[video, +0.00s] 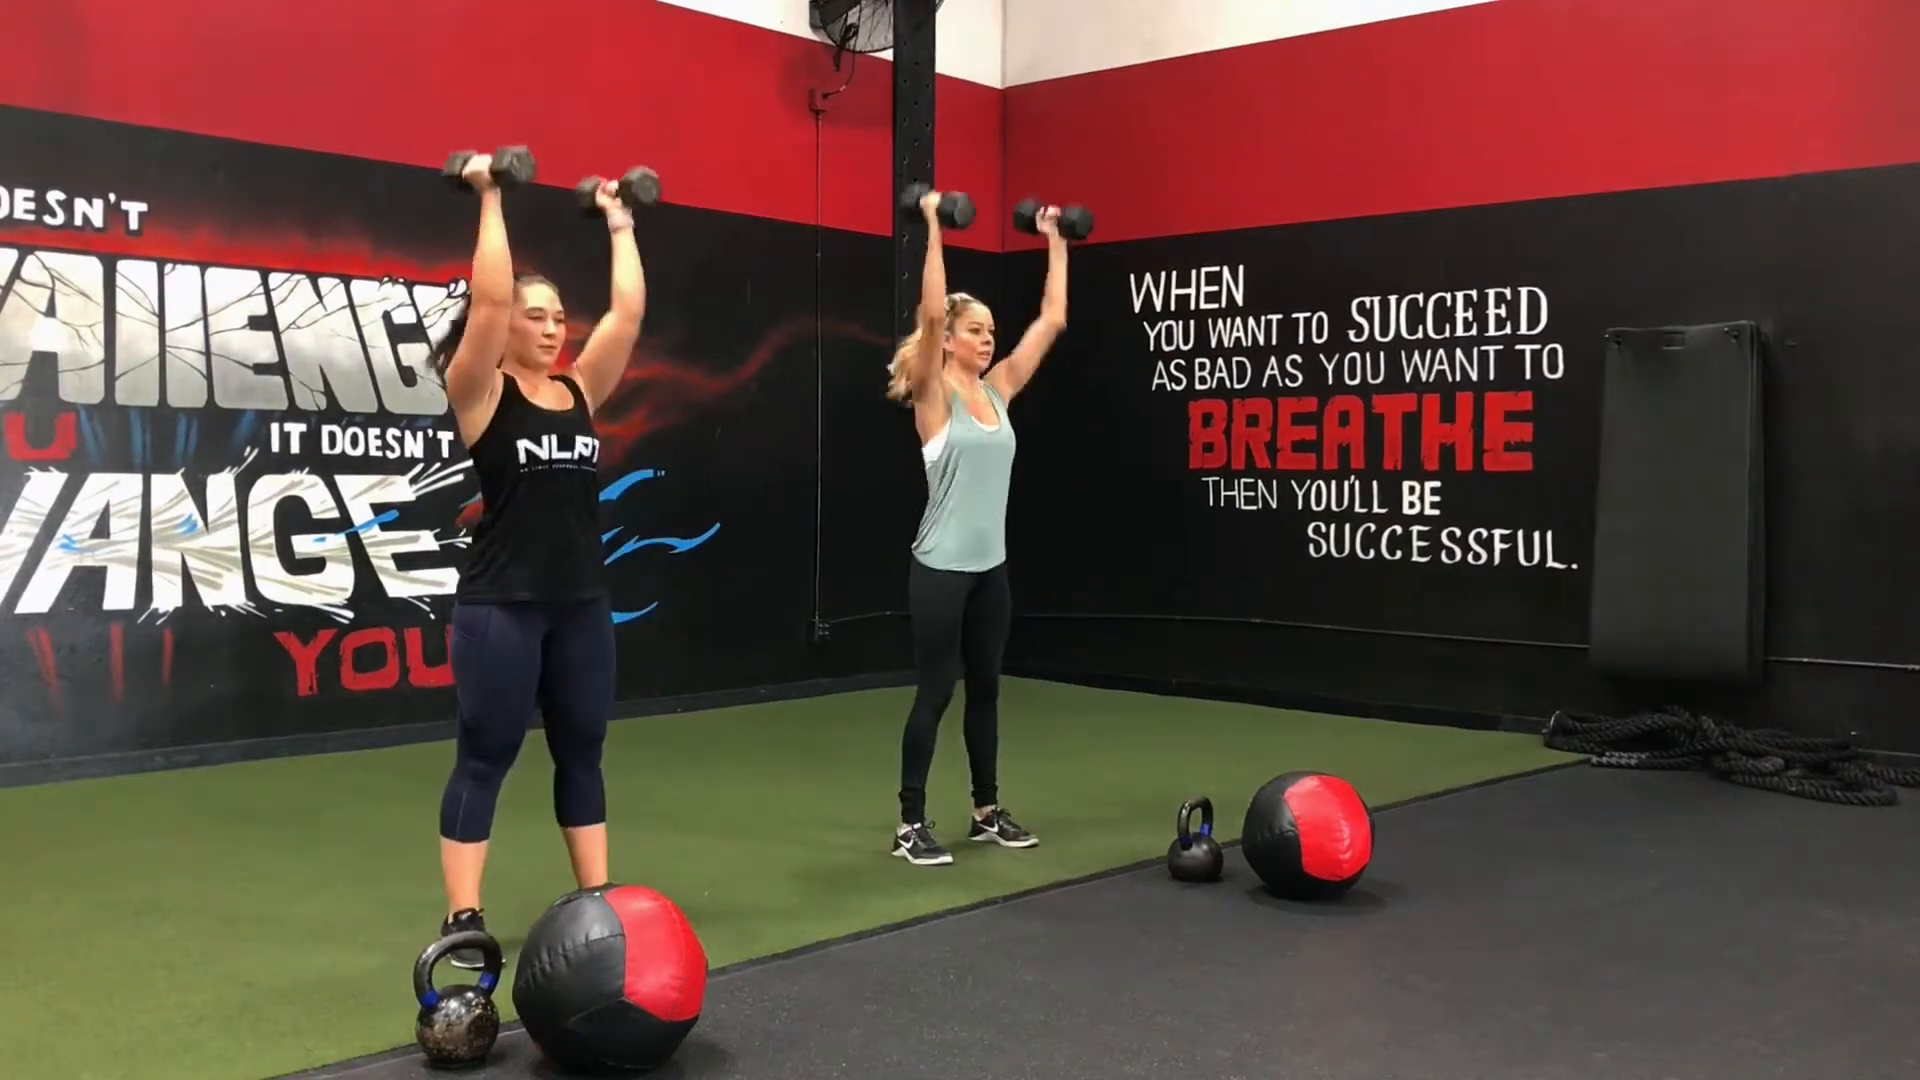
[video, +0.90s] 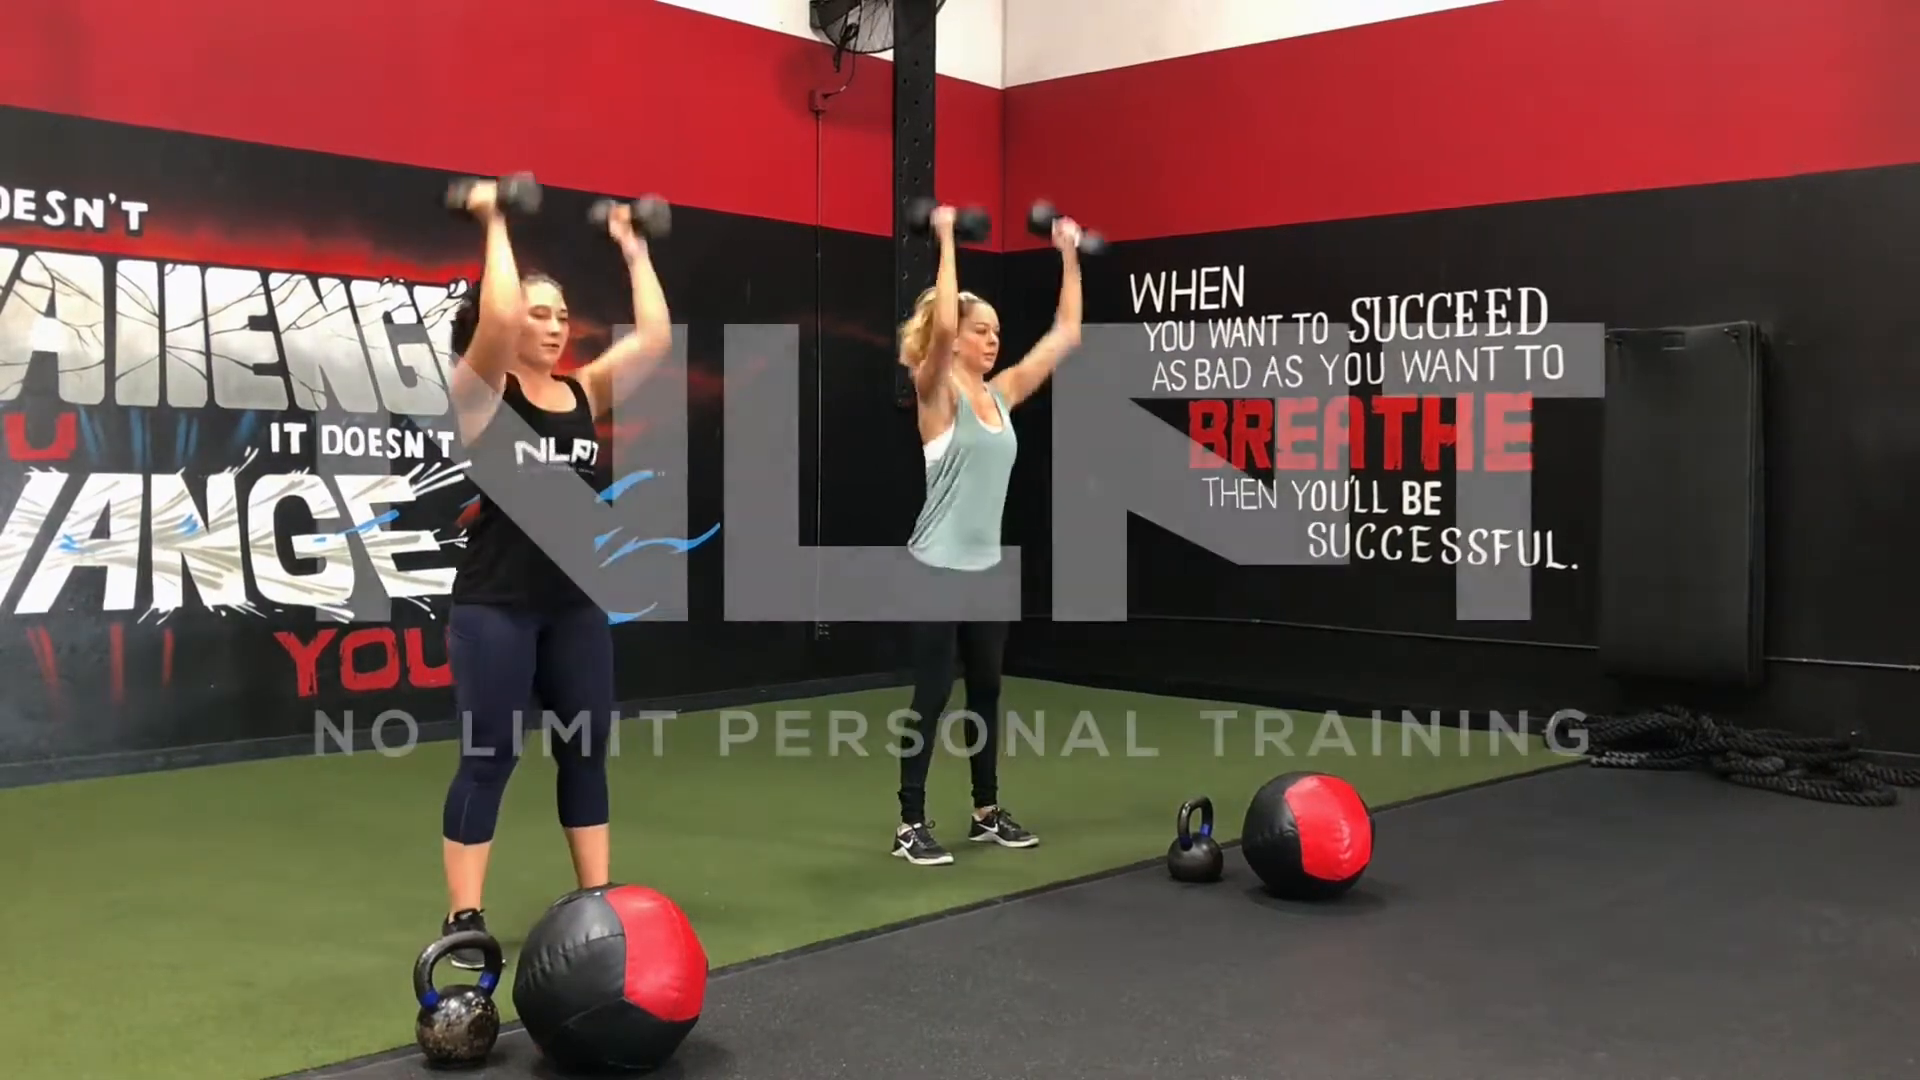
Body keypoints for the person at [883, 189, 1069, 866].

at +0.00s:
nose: (988, 338)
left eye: (991, 330)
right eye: (977, 328)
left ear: (992, 342)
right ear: (946, 337)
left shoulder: (996, 388)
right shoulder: (932, 388)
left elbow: (1052, 319)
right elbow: (934, 312)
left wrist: (1056, 241)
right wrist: (933, 226)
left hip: (990, 569)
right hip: (939, 569)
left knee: (984, 689)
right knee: (937, 689)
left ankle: (988, 813)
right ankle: (911, 825)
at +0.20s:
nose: (994, 348)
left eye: (996, 339)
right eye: (983, 339)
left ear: (996, 349)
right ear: (953, 346)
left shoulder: (1001, 404)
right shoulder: (939, 406)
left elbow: (1079, 388)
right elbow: (935, 373)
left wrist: (1068, 318)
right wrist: (935, 301)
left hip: (972, 575)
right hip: (922, 574)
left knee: (1002, 683)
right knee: (945, 690)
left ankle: (988, 813)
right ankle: (913, 824)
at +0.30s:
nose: (1005, 404)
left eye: (1005, 395)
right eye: (993, 395)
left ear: (1000, 402)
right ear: (963, 402)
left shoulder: (1005, 464)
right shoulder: (941, 457)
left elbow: (1067, 521)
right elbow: (948, 514)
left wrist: (1066, 451)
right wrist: (939, 434)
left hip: (956, 610)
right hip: (905, 609)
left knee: (1022, 697)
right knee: (955, 704)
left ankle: (988, 814)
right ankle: (914, 826)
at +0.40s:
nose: (1014, 484)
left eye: (1015, 474)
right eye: (1002, 474)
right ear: (971, 485)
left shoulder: (1010, 544)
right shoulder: (944, 541)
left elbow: (1046, 625)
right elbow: (950, 624)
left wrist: (1057, 557)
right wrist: (947, 545)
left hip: (949, 666)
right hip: (895, 666)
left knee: (1035, 709)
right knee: (958, 720)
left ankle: (989, 815)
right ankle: (915, 829)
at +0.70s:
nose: (1012, 447)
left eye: (1013, 438)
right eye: (1000, 439)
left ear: (1014, 444)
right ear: (968, 449)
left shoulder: (1012, 510)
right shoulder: (945, 505)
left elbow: (1075, 567)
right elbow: (945, 572)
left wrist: (1061, 501)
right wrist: (943, 491)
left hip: (954, 642)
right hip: (901, 641)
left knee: (1033, 706)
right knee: (953, 716)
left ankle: (990, 815)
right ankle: (913, 829)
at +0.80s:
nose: (1002, 369)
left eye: (1002, 360)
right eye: (994, 360)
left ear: (987, 367)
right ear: (963, 368)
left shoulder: (1003, 426)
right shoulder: (939, 430)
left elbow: (1084, 442)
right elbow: (943, 435)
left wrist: (1068, 377)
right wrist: (940, 357)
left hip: (971, 592)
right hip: (917, 593)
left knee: (1015, 693)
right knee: (949, 700)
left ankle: (988, 814)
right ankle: (913, 827)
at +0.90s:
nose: (994, 341)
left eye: (996, 332)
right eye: (982, 330)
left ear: (995, 341)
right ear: (951, 336)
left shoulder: (1001, 392)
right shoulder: (937, 393)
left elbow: (1066, 334)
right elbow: (942, 325)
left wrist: (1070, 255)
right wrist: (945, 239)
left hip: (987, 571)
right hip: (934, 570)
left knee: (987, 692)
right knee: (931, 694)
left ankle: (987, 814)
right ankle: (912, 826)